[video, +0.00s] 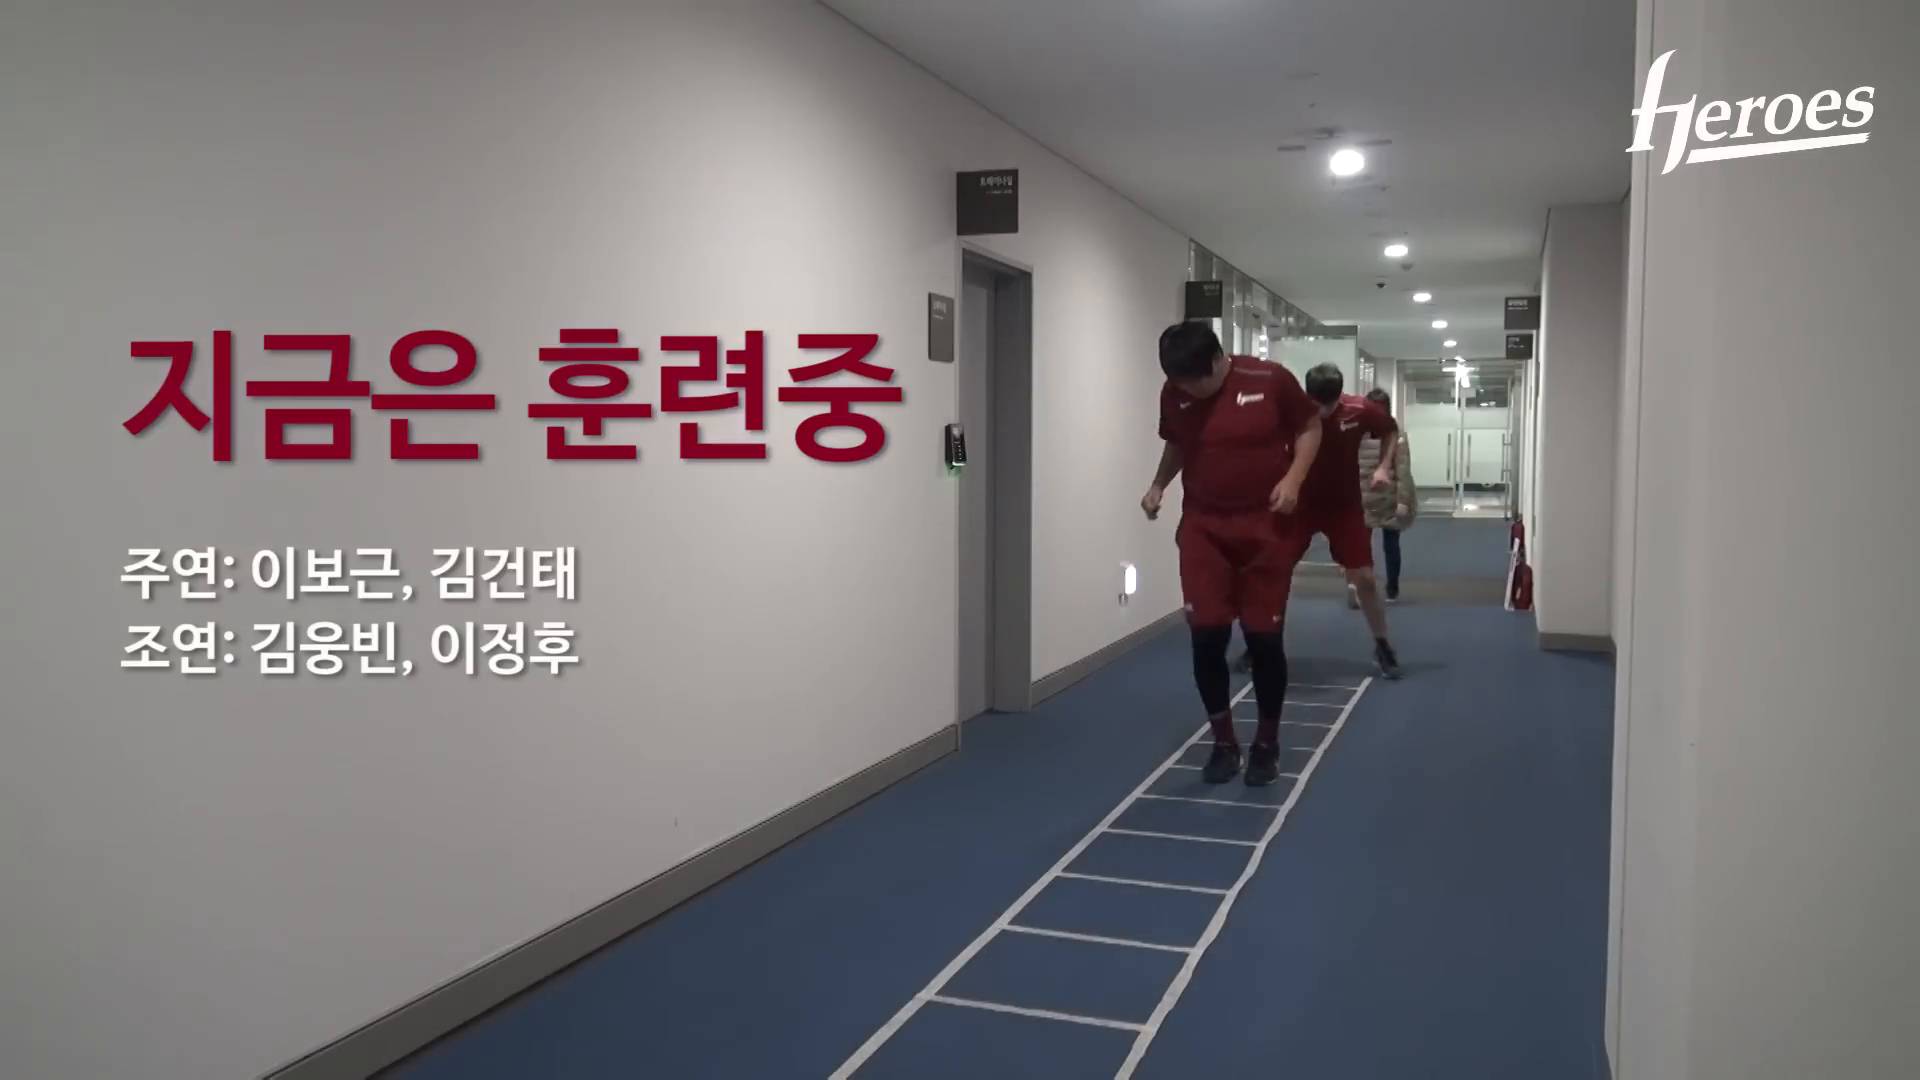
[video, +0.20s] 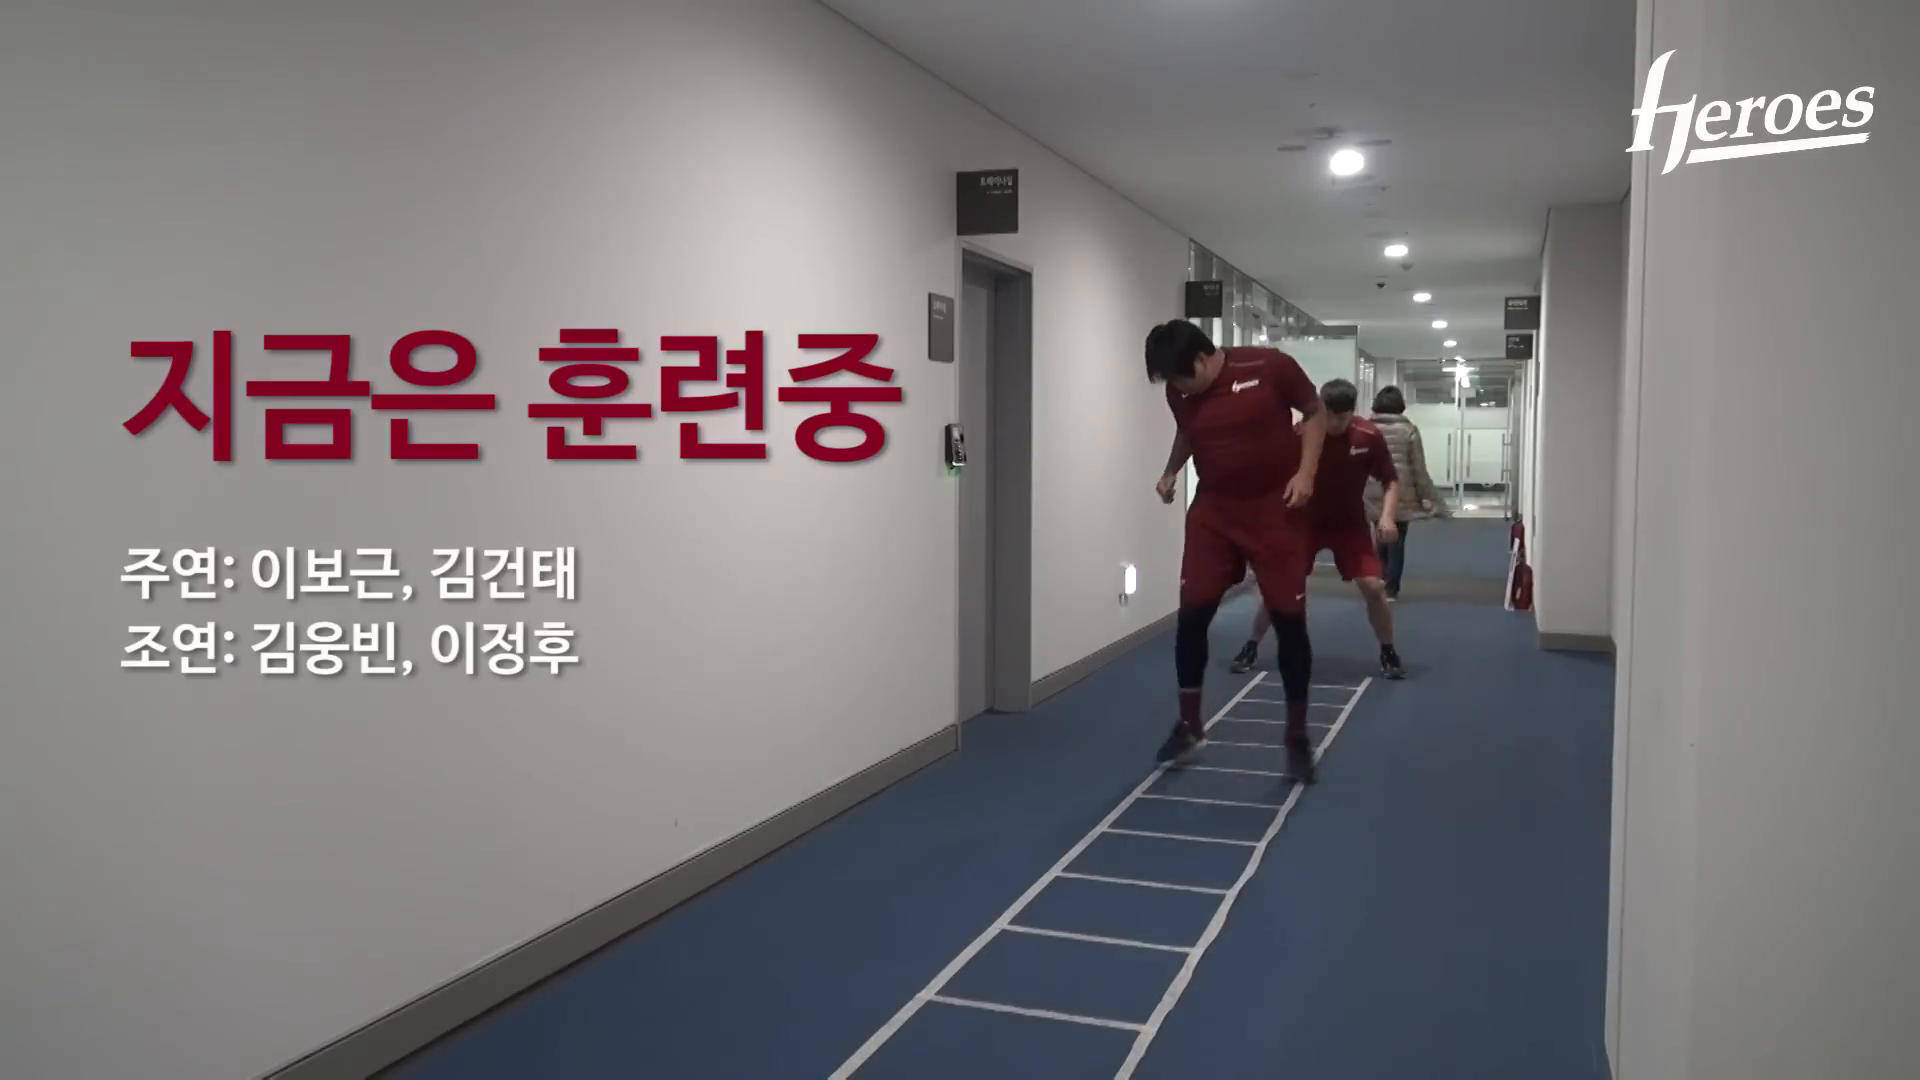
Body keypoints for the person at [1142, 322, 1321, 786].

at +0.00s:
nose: (1190, 393)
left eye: (1197, 385)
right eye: (1182, 386)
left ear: (1219, 363)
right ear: (1172, 375)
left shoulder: (1271, 380)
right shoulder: (1175, 394)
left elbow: (1311, 427)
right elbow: (1176, 443)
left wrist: (1293, 479)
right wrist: (1157, 484)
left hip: (1267, 531)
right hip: (1203, 531)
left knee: (1263, 639)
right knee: (1206, 639)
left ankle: (1266, 743)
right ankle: (1224, 742)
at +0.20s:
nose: (1176, 390)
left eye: (1179, 380)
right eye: (1171, 383)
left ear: (1201, 359)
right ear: (1181, 369)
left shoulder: (1272, 366)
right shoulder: (1179, 392)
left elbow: (1316, 412)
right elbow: (1189, 431)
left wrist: (1306, 471)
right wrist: (1170, 472)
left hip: (1276, 514)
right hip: (1213, 514)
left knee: (1289, 620)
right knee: (1191, 617)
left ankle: (1297, 735)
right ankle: (1190, 725)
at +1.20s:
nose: (1196, 384)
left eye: (1196, 374)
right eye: (1191, 378)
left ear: (1212, 356)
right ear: (1207, 361)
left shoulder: (1277, 374)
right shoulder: (1207, 394)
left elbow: (1332, 412)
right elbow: (1216, 440)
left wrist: (1341, 440)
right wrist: (1185, 471)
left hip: (1287, 512)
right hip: (1233, 514)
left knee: (1307, 605)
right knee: (1211, 604)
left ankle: (1332, 703)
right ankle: (1193, 698)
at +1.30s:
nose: (1200, 384)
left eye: (1200, 375)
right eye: (1196, 378)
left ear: (1218, 359)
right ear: (1213, 363)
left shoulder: (1280, 376)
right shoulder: (1212, 398)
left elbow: (1340, 404)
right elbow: (1216, 443)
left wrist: (1354, 418)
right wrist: (1183, 469)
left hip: (1291, 504)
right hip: (1239, 506)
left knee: (1292, 602)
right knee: (1226, 603)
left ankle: (1298, 693)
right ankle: (1249, 687)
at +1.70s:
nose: (1242, 365)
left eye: (1250, 356)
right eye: (1235, 358)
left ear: (1269, 357)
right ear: (1230, 361)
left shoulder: (1299, 397)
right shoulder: (1224, 404)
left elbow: (1334, 445)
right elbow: (1217, 444)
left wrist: (1299, 447)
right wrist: (1211, 467)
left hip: (1295, 523)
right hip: (1241, 523)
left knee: (1325, 607)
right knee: (1204, 604)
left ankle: (1349, 692)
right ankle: (1196, 686)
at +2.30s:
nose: (1230, 386)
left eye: (1233, 379)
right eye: (1227, 381)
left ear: (1252, 363)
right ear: (1238, 370)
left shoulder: (1311, 381)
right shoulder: (1235, 396)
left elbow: (1347, 419)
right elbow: (1241, 438)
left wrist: (1344, 471)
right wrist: (1227, 468)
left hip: (1309, 500)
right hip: (1258, 500)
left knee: (1327, 585)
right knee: (1234, 582)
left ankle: (1340, 672)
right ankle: (1232, 666)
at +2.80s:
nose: (1231, 381)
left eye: (1230, 374)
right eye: (1229, 375)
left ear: (1240, 369)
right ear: (1252, 366)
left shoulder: (1291, 393)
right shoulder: (1254, 402)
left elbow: (1331, 436)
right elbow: (1265, 459)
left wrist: (1306, 473)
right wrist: (1249, 493)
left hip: (1305, 512)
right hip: (1264, 511)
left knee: (1310, 592)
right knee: (1254, 590)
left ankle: (1315, 655)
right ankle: (1270, 669)